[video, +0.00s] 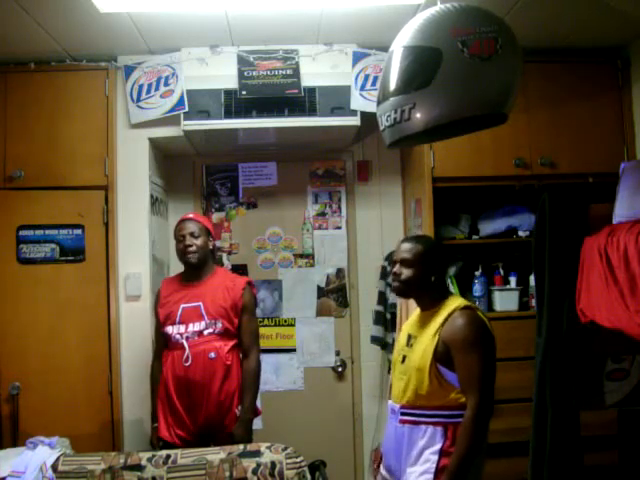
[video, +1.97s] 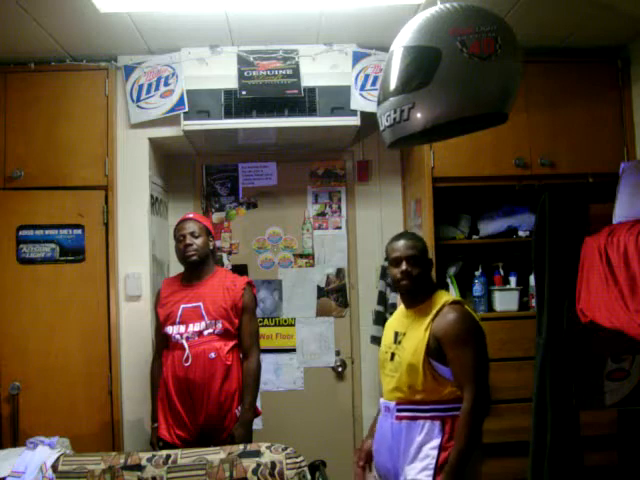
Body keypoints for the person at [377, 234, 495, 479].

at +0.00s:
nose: (395, 271)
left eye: (406, 265)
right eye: (394, 264)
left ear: (431, 271)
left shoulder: (463, 323)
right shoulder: (418, 317)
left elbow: (478, 404)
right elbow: (408, 392)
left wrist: (454, 471)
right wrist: (386, 445)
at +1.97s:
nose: (404, 269)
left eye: (413, 261)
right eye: (396, 263)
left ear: (429, 267)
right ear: (388, 271)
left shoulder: (452, 319)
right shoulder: (399, 316)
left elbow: (475, 397)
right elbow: (396, 389)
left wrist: (452, 469)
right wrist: (371, 438)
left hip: (431, 438)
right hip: (390, 435)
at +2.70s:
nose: (405, 276)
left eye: (414, 268)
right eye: (397, 270)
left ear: (430, 272)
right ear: (388, 277)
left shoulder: (457, 323)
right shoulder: (400, 323)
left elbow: (482, 396)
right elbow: (397, 394)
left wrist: (444, 460)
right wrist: (371, 441)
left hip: (434, 443)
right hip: (393, 441)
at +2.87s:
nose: (409, 271)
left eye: (417, 264)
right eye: (400, 265)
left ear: (431, 268)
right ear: (390, 273)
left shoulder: (455, 314)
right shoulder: (396, 321)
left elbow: (475, 370)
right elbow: (393, 391)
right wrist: (370, 437)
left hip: (440, 434)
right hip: (394, 434)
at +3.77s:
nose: (407, 271)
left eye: (416, 263)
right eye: (398, 265)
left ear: (429, 269)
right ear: (389, 274)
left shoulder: (453, 311)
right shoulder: (396, 324)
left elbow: (469, 357)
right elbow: (393, 393)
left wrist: (442, 333)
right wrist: (361, 437)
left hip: (441, 435)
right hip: (395, 436)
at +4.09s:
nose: (376, 274)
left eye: (384, 266)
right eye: (379, 266)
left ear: (407, 275)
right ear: (405, 276)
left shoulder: (454, 314)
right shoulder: (397, 325)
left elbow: (468, 341)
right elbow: (390, 389)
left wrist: (440, 319)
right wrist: (343, 417)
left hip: (438, 443)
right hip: (393, 440)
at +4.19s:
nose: (375, 275)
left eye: (381, 267)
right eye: (376, 267)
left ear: (404, 271)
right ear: (401, 271)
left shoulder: (450, 311)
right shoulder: (395, 324)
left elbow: (472, 347)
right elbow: (384, 388)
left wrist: (436, 328)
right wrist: (331, 394)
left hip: (438, 437)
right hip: (395, 435)